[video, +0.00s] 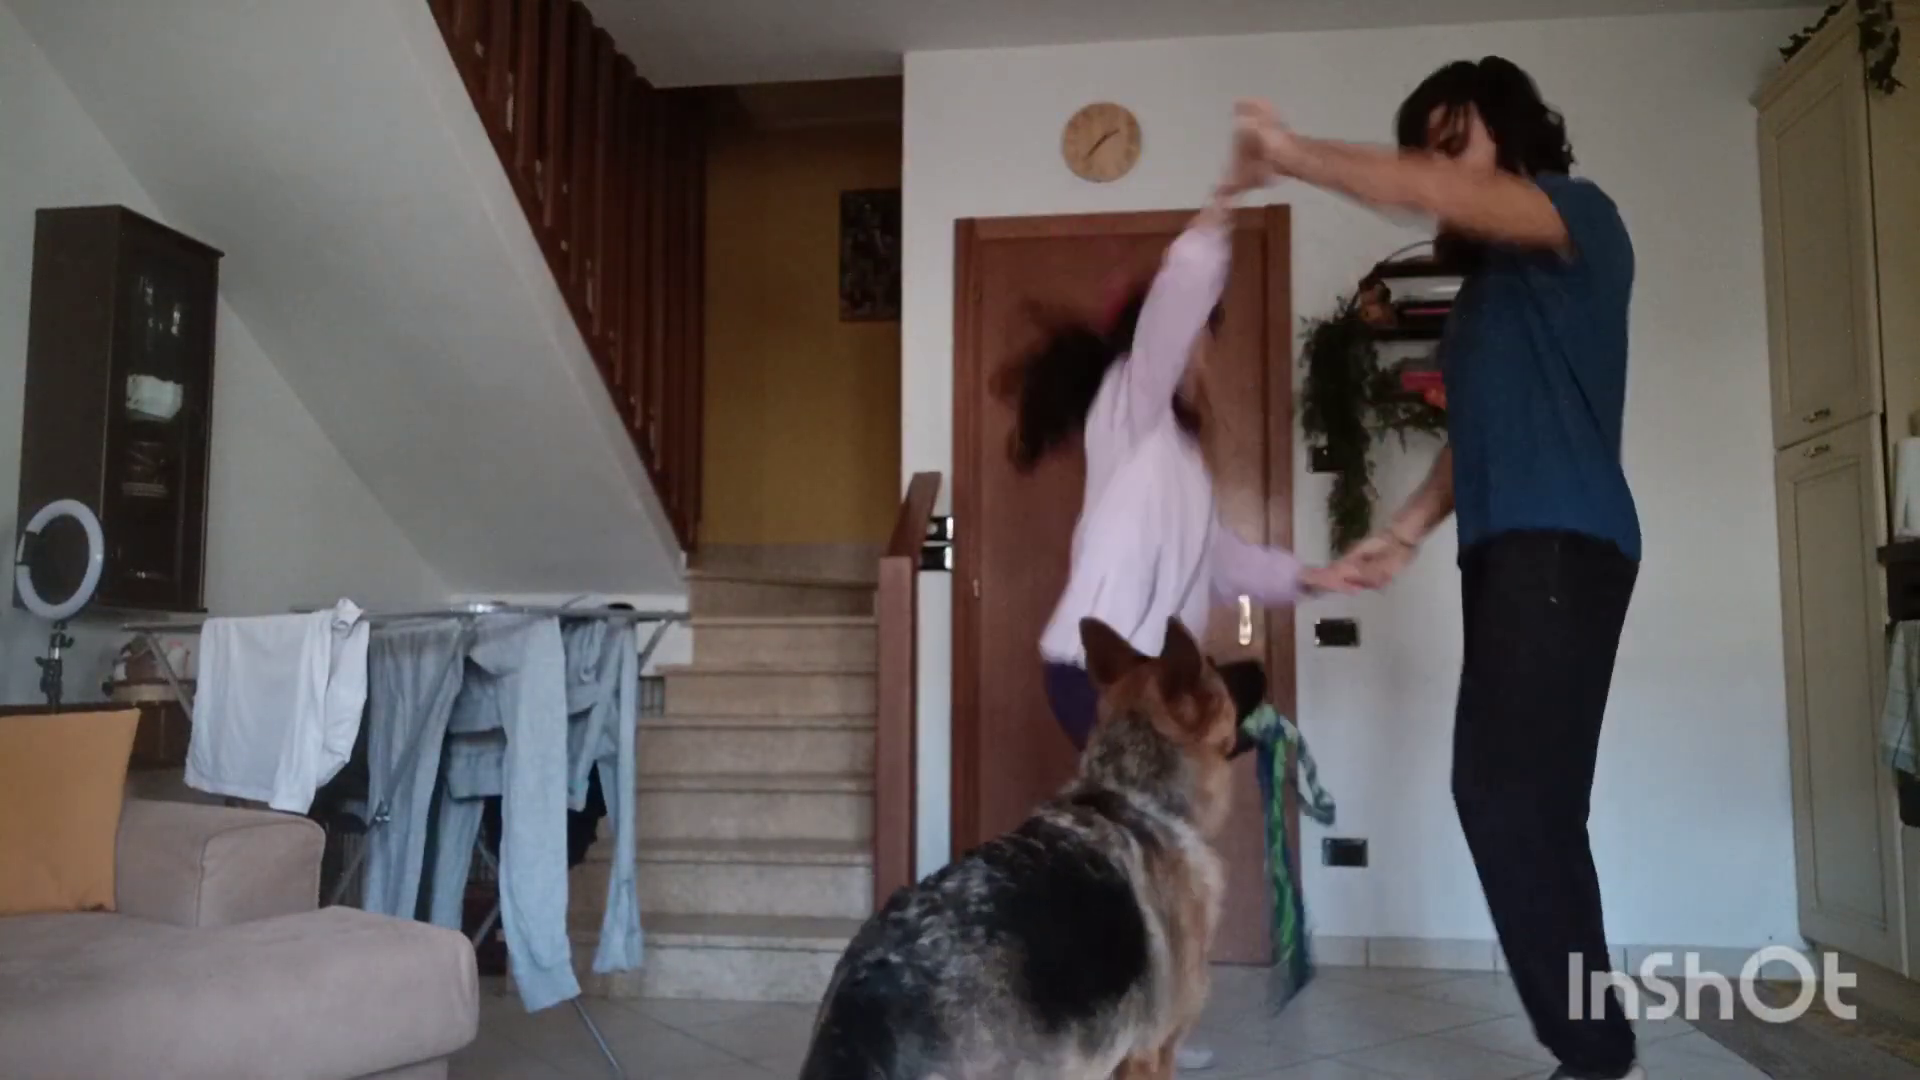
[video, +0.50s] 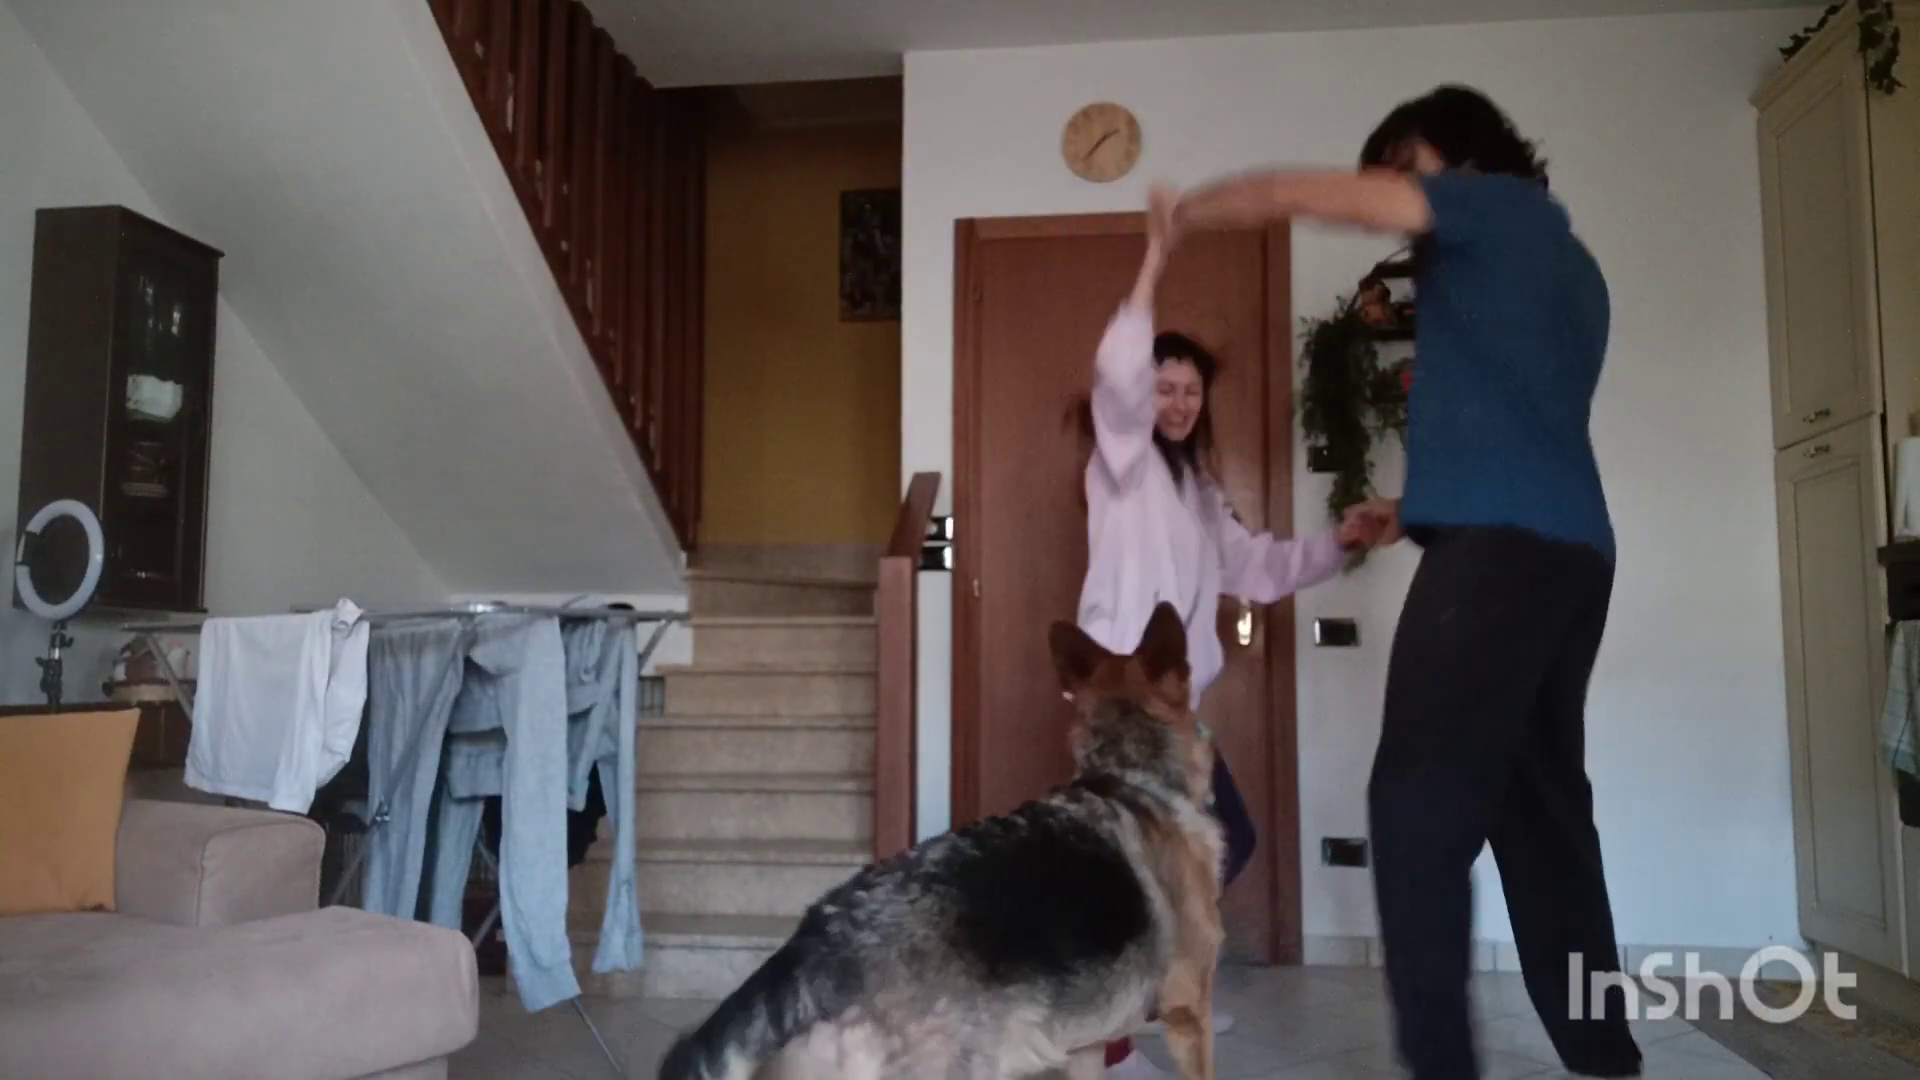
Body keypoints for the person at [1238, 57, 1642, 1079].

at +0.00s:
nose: (1445, 170)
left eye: (1453, 142)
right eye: (1430, 157)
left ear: (1508, 122)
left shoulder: (1582, 215)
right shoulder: (1508, 269)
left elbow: (1437, 193)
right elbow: (1480, 429)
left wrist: (1290, 154)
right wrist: (1402, 531)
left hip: (1560, 544)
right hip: (1512, 551)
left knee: (1500, 787)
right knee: (1529, 796)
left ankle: (1593, 1051)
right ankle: (1590, 1048)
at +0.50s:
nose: (1397, 204)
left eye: (1399, 184)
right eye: (1391, 190)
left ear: (1435, 152)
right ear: (1493, 152)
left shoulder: (1486, 206)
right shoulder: (1575, 266)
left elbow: (1294, 194)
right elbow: (1528, 419)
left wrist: (1186, 209)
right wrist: (1408, 511)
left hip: (1493, 547)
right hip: (1569, 558)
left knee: (1416, 810)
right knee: (1539, 805)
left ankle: (1441, 1062)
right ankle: (1605, 1055)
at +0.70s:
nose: (1376, 235)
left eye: (1375, 220)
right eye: (1370, 224)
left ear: (1398, 191)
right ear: (1478, 185)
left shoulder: (1425, 244)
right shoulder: (1569, 282)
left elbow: (1245, 303)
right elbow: (1538, 419)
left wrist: (1151, 340)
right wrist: (1388, 443)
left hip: (1444, 586)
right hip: (1552, 601)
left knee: (1370, 841)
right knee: (1541, 851)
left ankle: (1409, 1067)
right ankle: (1596, 1067)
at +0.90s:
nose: (1329, 224)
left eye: (1330, 210)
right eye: (1328, 213)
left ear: (1354, 193)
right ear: (1455, 187)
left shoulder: (1345, 245)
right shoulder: (1536, 263)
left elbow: (1201, 388)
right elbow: (1538, 361)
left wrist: (1116, 485)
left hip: (1374, 601)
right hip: (1508, 610)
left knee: (1355, 873)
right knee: (1521, 846)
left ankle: (1368, 1070)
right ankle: (1578, 1070)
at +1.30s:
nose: (1264, 215)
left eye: (1260, 193)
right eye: (1256, 197)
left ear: (1285, 164)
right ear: (1377, 144)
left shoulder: (1284, 239)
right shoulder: (1491, 221)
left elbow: (1246, 434)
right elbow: (1526, 306)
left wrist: (1211, 569)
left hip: (1352, 585)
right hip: (1493, 586)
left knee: (1343, 866)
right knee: (1514, 840)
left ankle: (1369, 1068)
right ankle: (1574, 1067)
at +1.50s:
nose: (1276, 211)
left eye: (1274, 183)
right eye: (1267, 190)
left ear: (1310, 151)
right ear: (1390, 137)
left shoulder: (1327, 228)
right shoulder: (1505, 215)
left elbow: (1309, 432)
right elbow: (1501, 394)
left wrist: (1267, 562)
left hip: (1382, 588)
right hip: (1516, 594)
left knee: (1343, 867)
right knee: (1528, 853)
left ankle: (1362, 1068)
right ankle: (1603, 1066)